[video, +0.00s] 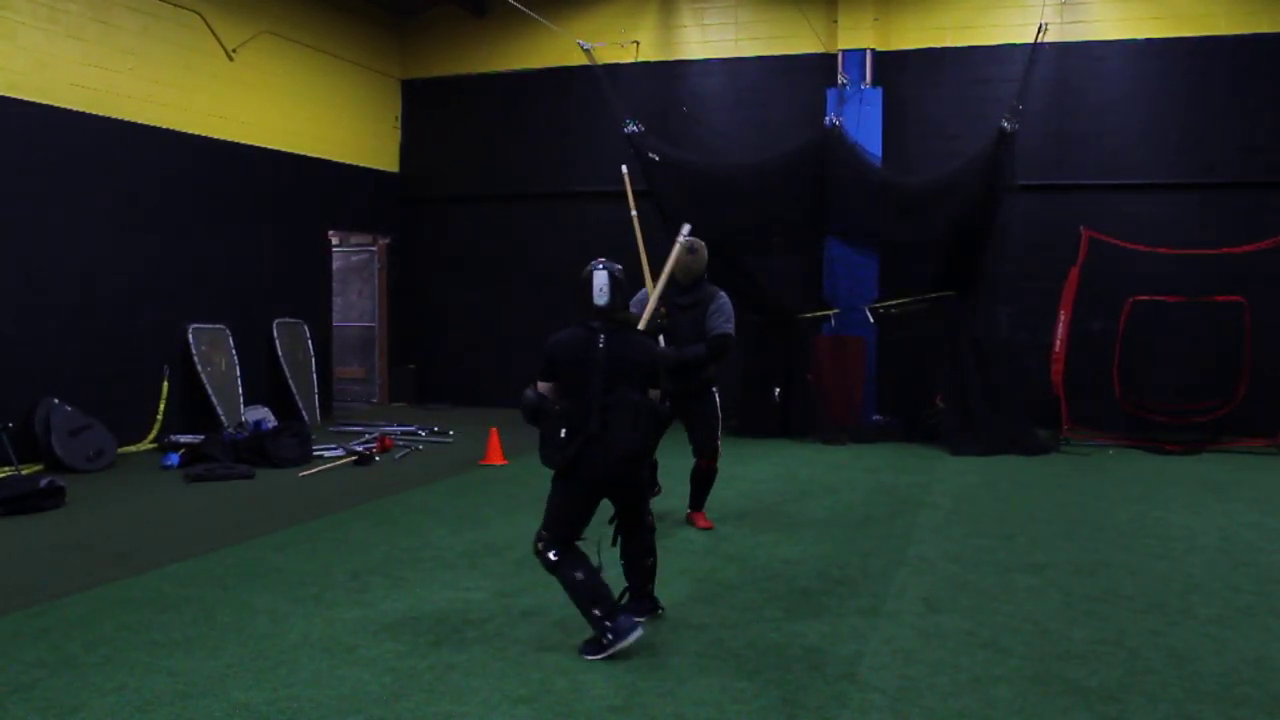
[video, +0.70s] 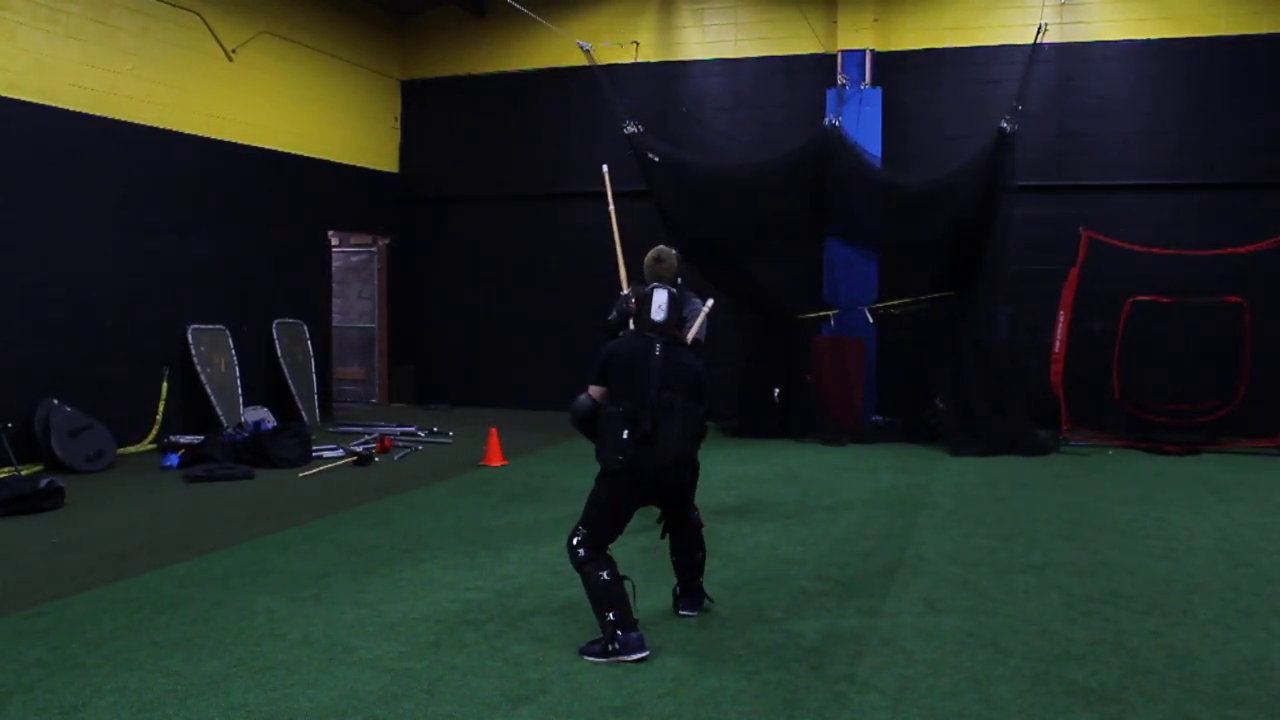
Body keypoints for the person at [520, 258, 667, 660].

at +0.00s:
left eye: (592, 292)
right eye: (612, 292)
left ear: (582, 297)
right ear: (624, 298)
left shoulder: (564, 344)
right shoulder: (643, 346)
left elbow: (543, 401)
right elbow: (660, 403)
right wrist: (642, 441)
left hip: (581, 461)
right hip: (630, 460)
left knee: (553, 543)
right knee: (637, 522)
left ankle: (611, 622)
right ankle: (641, 599)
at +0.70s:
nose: (623, 317)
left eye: (628, 312)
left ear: (633, 317)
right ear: (677, 322)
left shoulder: (619, 350)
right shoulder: (690, 361)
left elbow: (586, 409)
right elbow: (699, 424)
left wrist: (610, 442)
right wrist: (676, 448)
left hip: (626, 469)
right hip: (677, 469)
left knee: (586, 543)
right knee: (684, 517)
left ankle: (622, 634)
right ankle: (689, 596)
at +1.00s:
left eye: (648, 300)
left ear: (651, 304)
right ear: (691, 309)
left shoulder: (637, 337)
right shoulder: (704, 348)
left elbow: (610, 393)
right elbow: (715, 403)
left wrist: (625, 426)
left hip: (649, 448)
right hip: (695, 450)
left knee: (603, 520)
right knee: (685, 514)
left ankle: (641, 608)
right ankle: (690, 595)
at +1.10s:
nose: (642, 302)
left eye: (644, 296)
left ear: (649, 299)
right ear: (687, 302)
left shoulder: (641, 331)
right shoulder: (703, 340)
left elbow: (607, 388)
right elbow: (709, 393)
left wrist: (608, 382)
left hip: (654, 446)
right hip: (698, 446)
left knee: (605, 514)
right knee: (688, 508)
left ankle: (648, 603)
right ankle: (692, 589)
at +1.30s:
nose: (643, 322)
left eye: (645, 315)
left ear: (647, 320)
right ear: (683, 317)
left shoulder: (639, 359)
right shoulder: (703, 356)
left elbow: (605, 385)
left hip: (662, 470)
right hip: (706, 464)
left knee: (607, 531)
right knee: (709, 511)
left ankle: (643, 610)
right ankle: (726, 577)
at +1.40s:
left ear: (639, 343)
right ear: (678, 337)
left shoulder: (632, 390)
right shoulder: (703, 374)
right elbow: (723, 434)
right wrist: (720, 488)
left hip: (667, 492)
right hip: (713, 486)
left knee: (610, 539)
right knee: (715, 507)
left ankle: (633, 604)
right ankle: (727, 575)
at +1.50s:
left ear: (620, 363)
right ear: (662, 350)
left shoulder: (622, 403)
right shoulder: (692, 369)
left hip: (683, 495)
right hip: (728, 486)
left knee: (617, 538)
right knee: (703, 502)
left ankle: (641, 612)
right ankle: (727, 573)